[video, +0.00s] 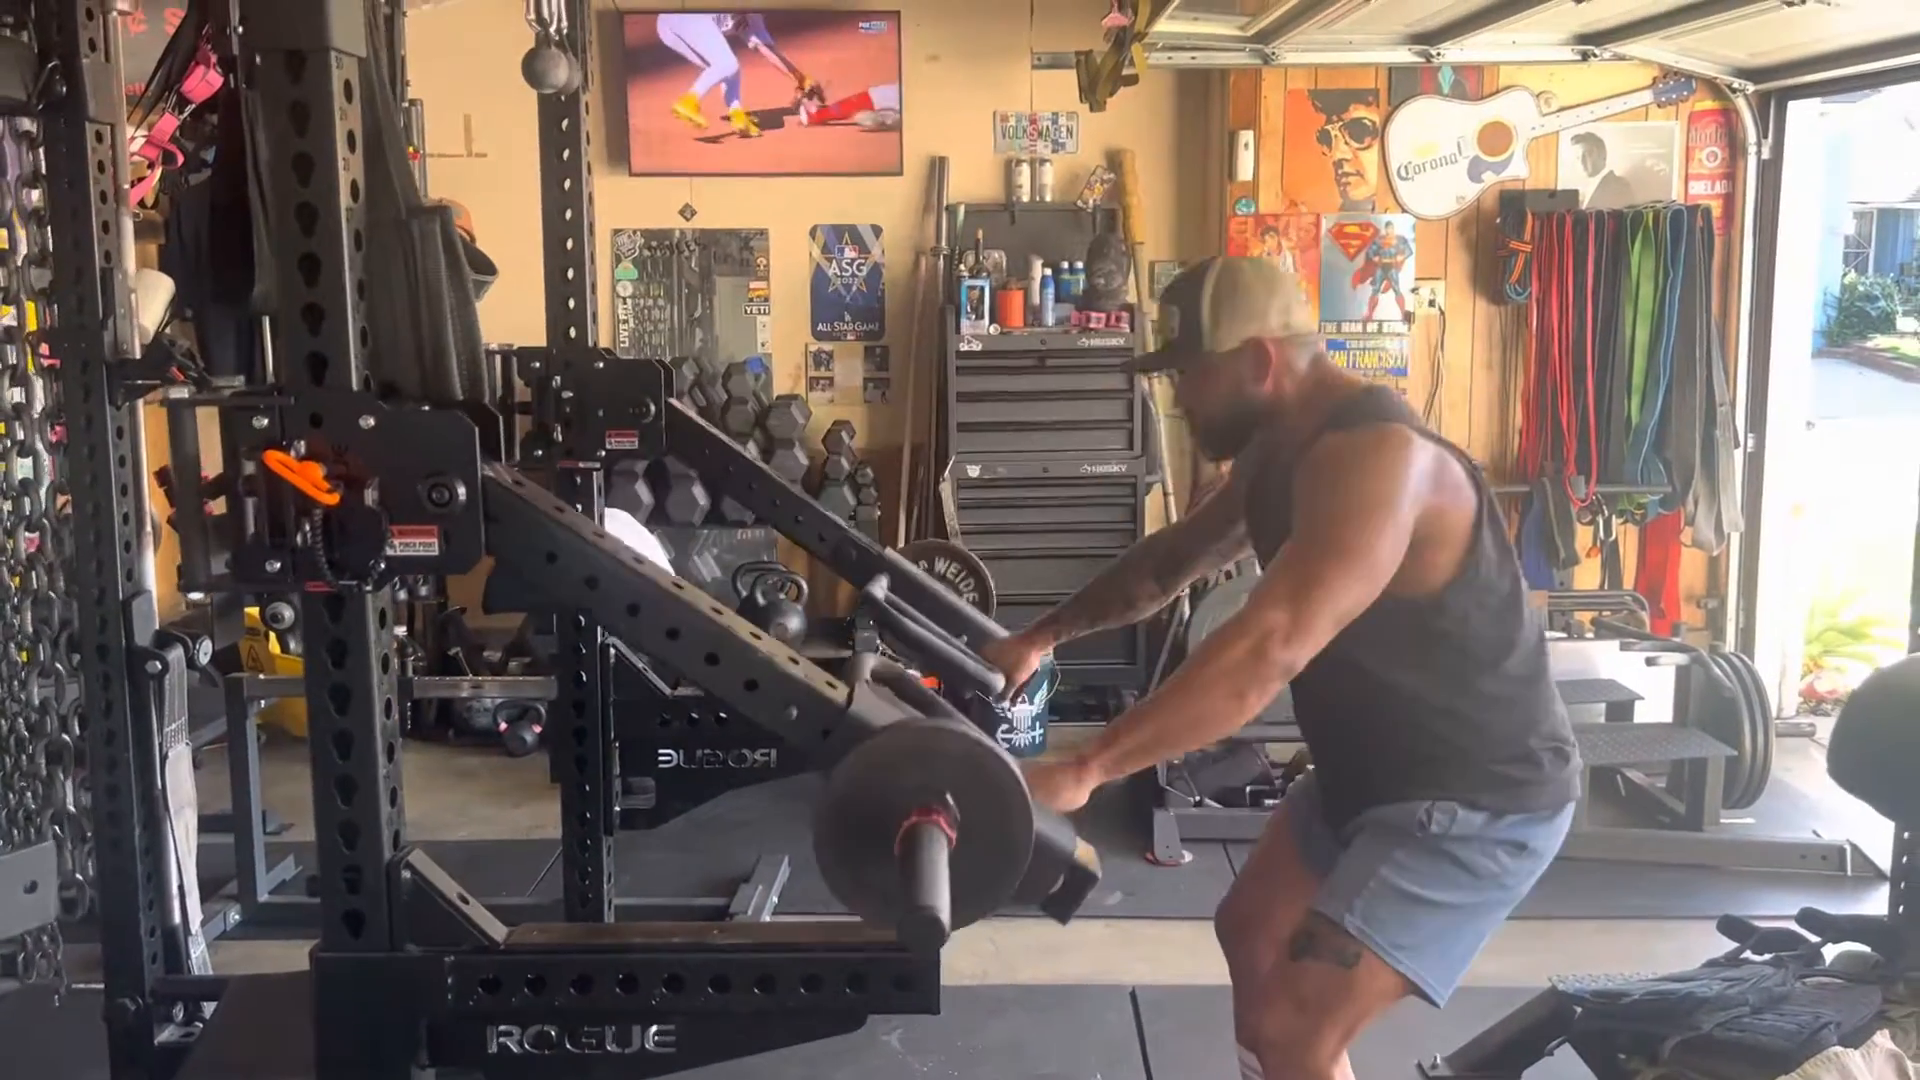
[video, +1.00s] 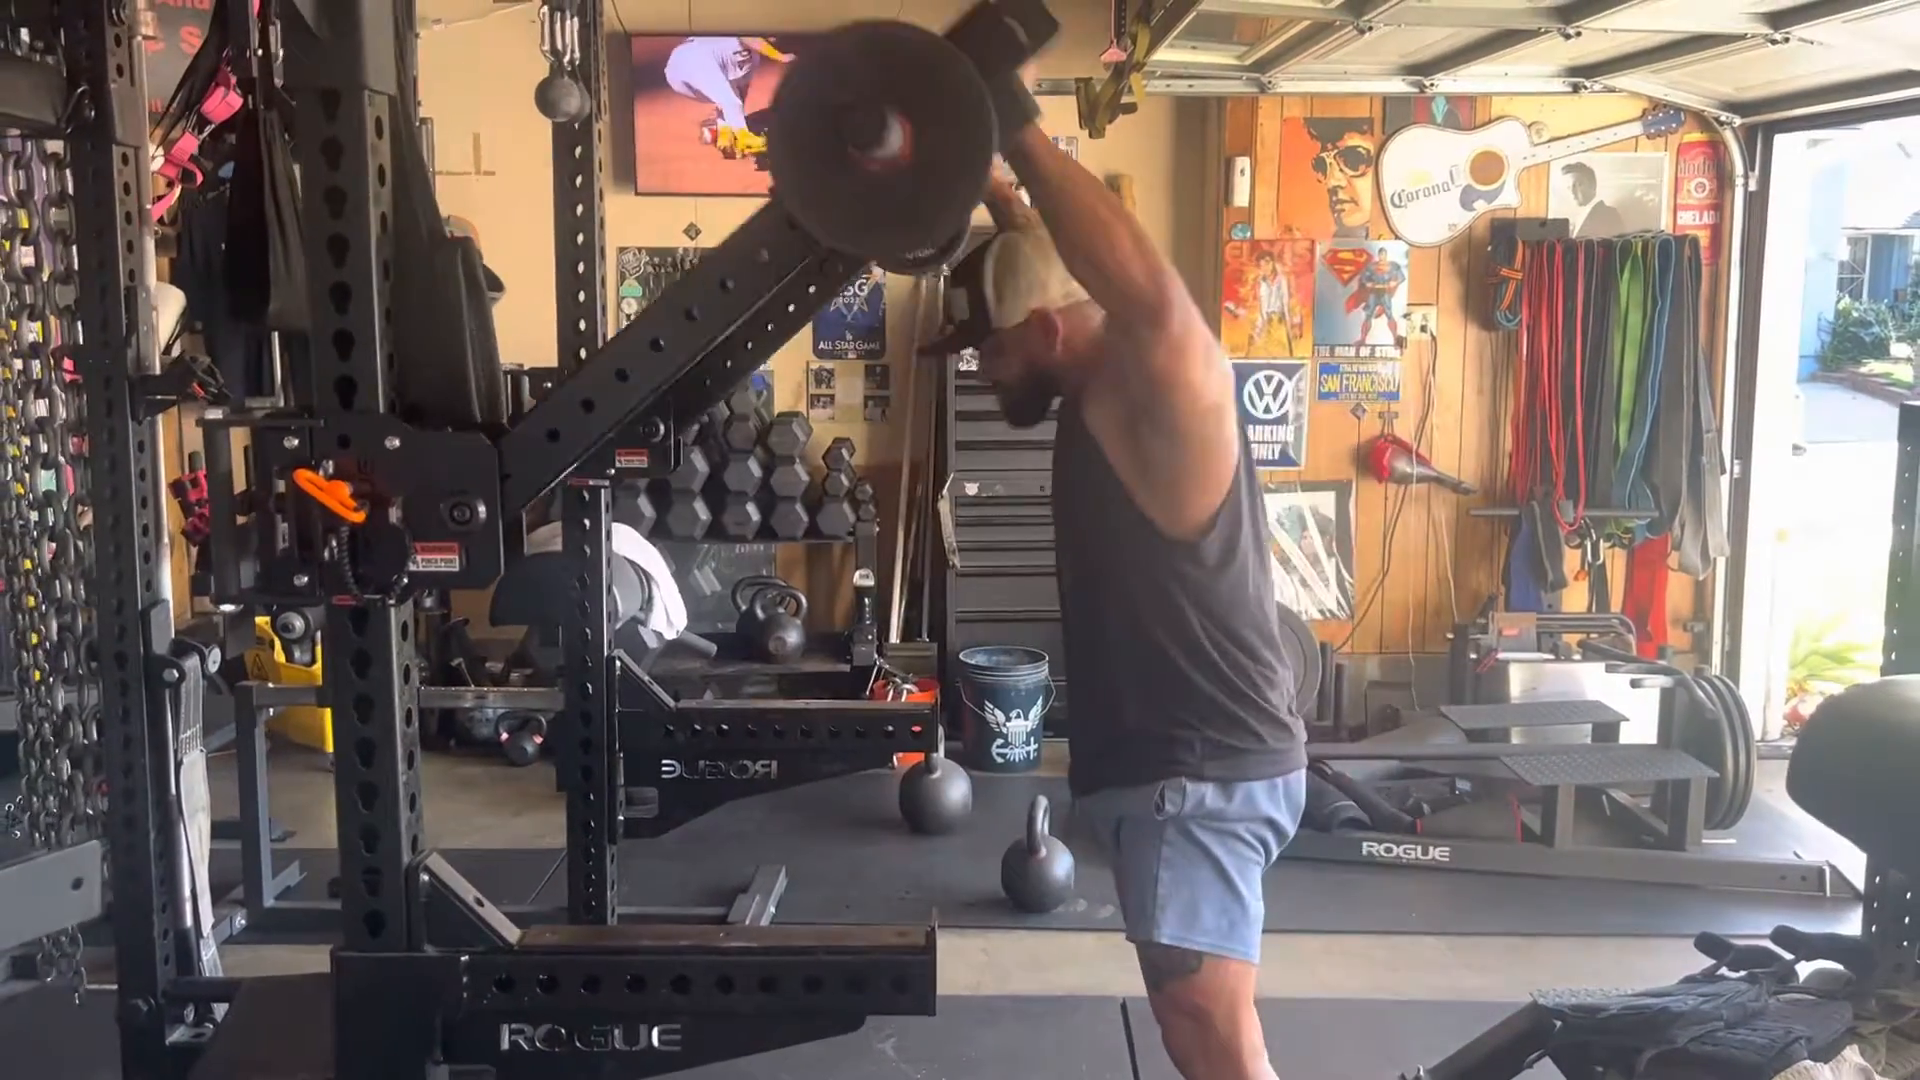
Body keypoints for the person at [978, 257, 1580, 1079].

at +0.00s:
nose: (1180, 396)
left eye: (1188, 371)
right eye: (1176, 375)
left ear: (1262, 362)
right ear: (1262, 364)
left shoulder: (1376, 459)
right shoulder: (1282, 451)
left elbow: (1268, 646)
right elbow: (1165, 566)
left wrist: (1088, 764)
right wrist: (1042, 636)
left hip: (1475, 796)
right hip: (1369, 771)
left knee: (1293, 1028)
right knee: (1252, 930)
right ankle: (1280, 1069)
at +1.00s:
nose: (985, 373)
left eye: (989, 346)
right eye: (980, 352)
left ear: (1046, 317)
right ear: (1051, 319)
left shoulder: (1156, 358)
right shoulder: (1110, 377)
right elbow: (1060, 276)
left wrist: (1012, 123)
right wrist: (998, 191)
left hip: (1200, 774)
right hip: (1175, 768)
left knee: (1209, 1031)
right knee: (1206, 1020)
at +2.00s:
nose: (1125, 279)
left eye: (1139, 252)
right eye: (1126, 254)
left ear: (1210, 256)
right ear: (1211, 259)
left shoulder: (1319, 349)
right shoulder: (1211, 376)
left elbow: (1449, 493)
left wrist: (1248, 462)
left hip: (1318, 734)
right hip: (1251, 730)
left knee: (1286, 1005)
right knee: (1277, 1001)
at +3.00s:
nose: (1343, 212)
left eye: (1360, 193)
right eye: (1344, 192)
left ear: (1433, 195)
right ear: (1419, 196)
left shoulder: (1523, 296)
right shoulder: (1392, 284)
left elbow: (1580, 384)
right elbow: (1283, 331)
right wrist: (1201, 309)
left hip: (1396, 682)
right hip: (1321, 661)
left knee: (1359, 953)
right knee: (1338, 927)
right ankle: (1366, 1064)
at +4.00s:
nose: (1161, 285)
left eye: (1173, 257)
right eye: (1156, 259)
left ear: (1243, 237)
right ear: (1241, 242)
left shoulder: (1350, 320)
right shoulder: (1292, 326)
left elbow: (1430, 285)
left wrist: (1281, 115)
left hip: (1396, 717)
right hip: (1351, 707)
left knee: (1400, 984)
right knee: (1390, 975)